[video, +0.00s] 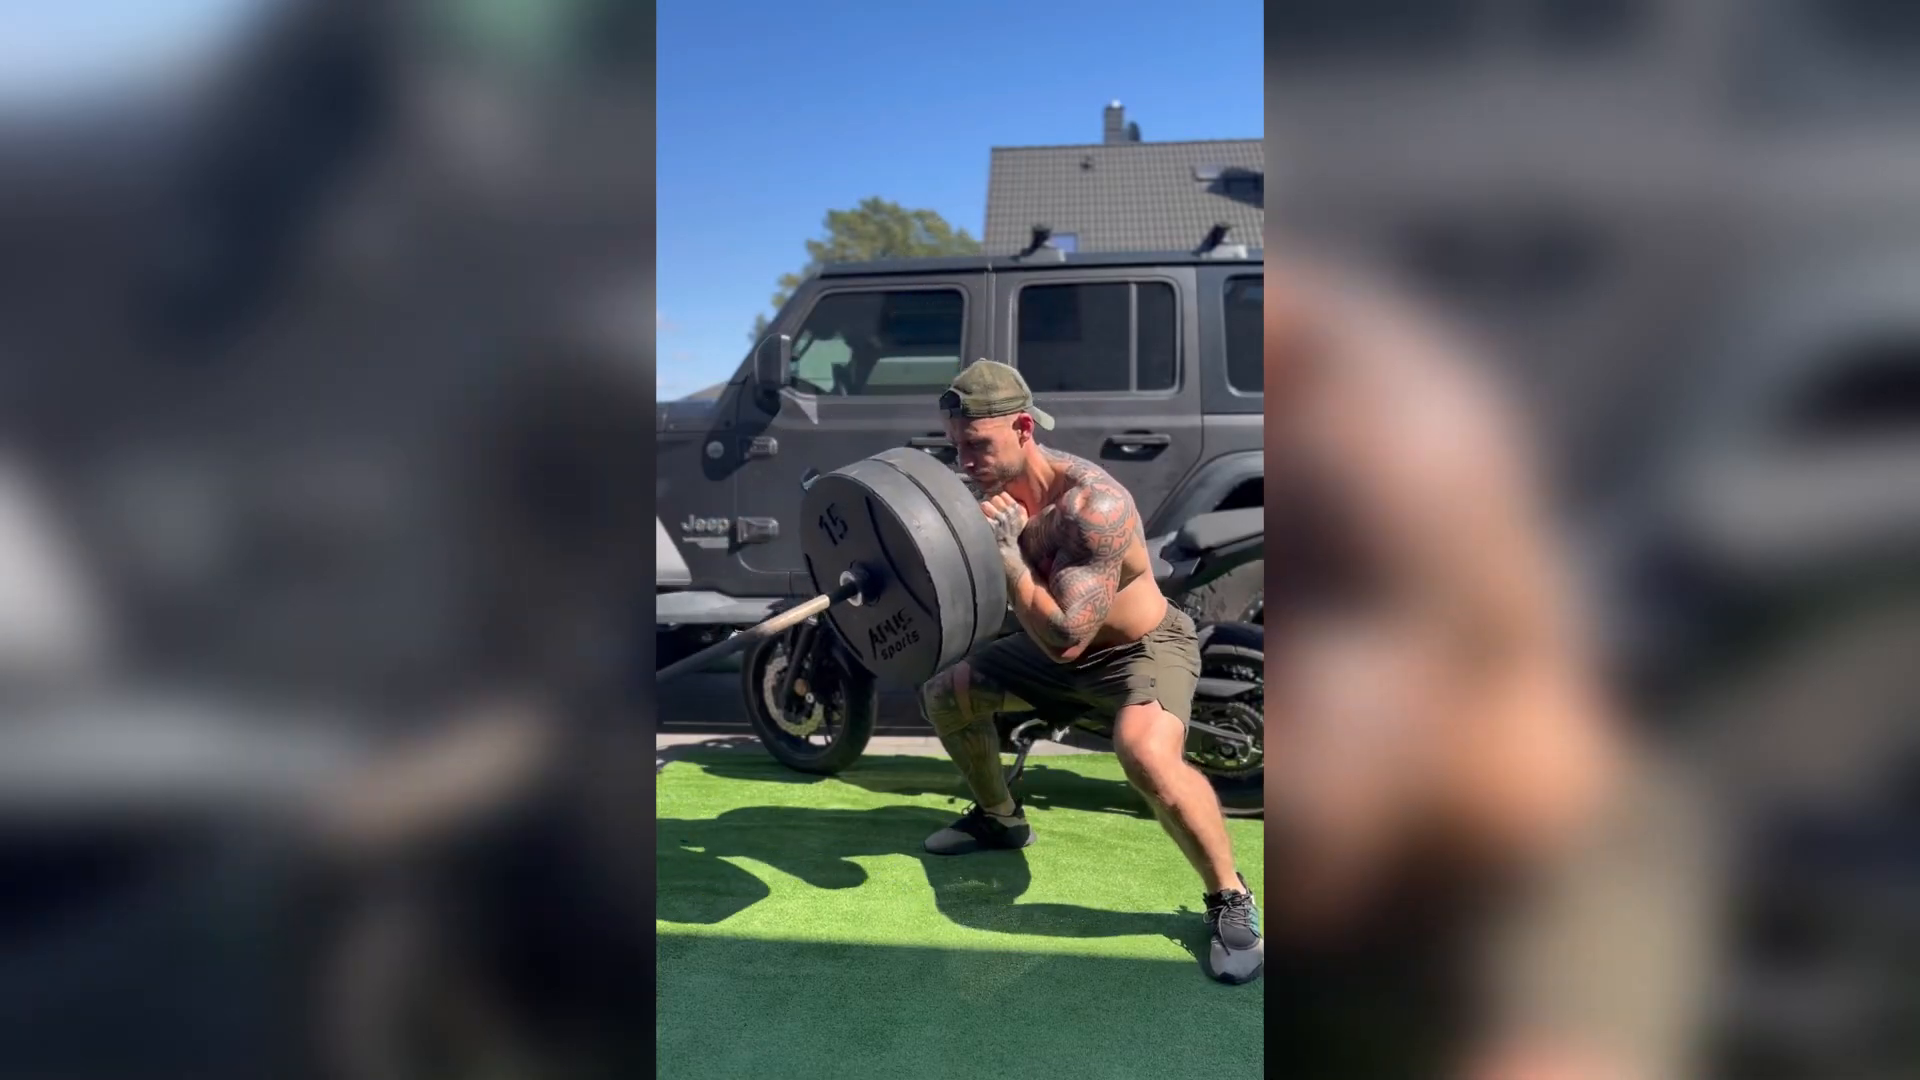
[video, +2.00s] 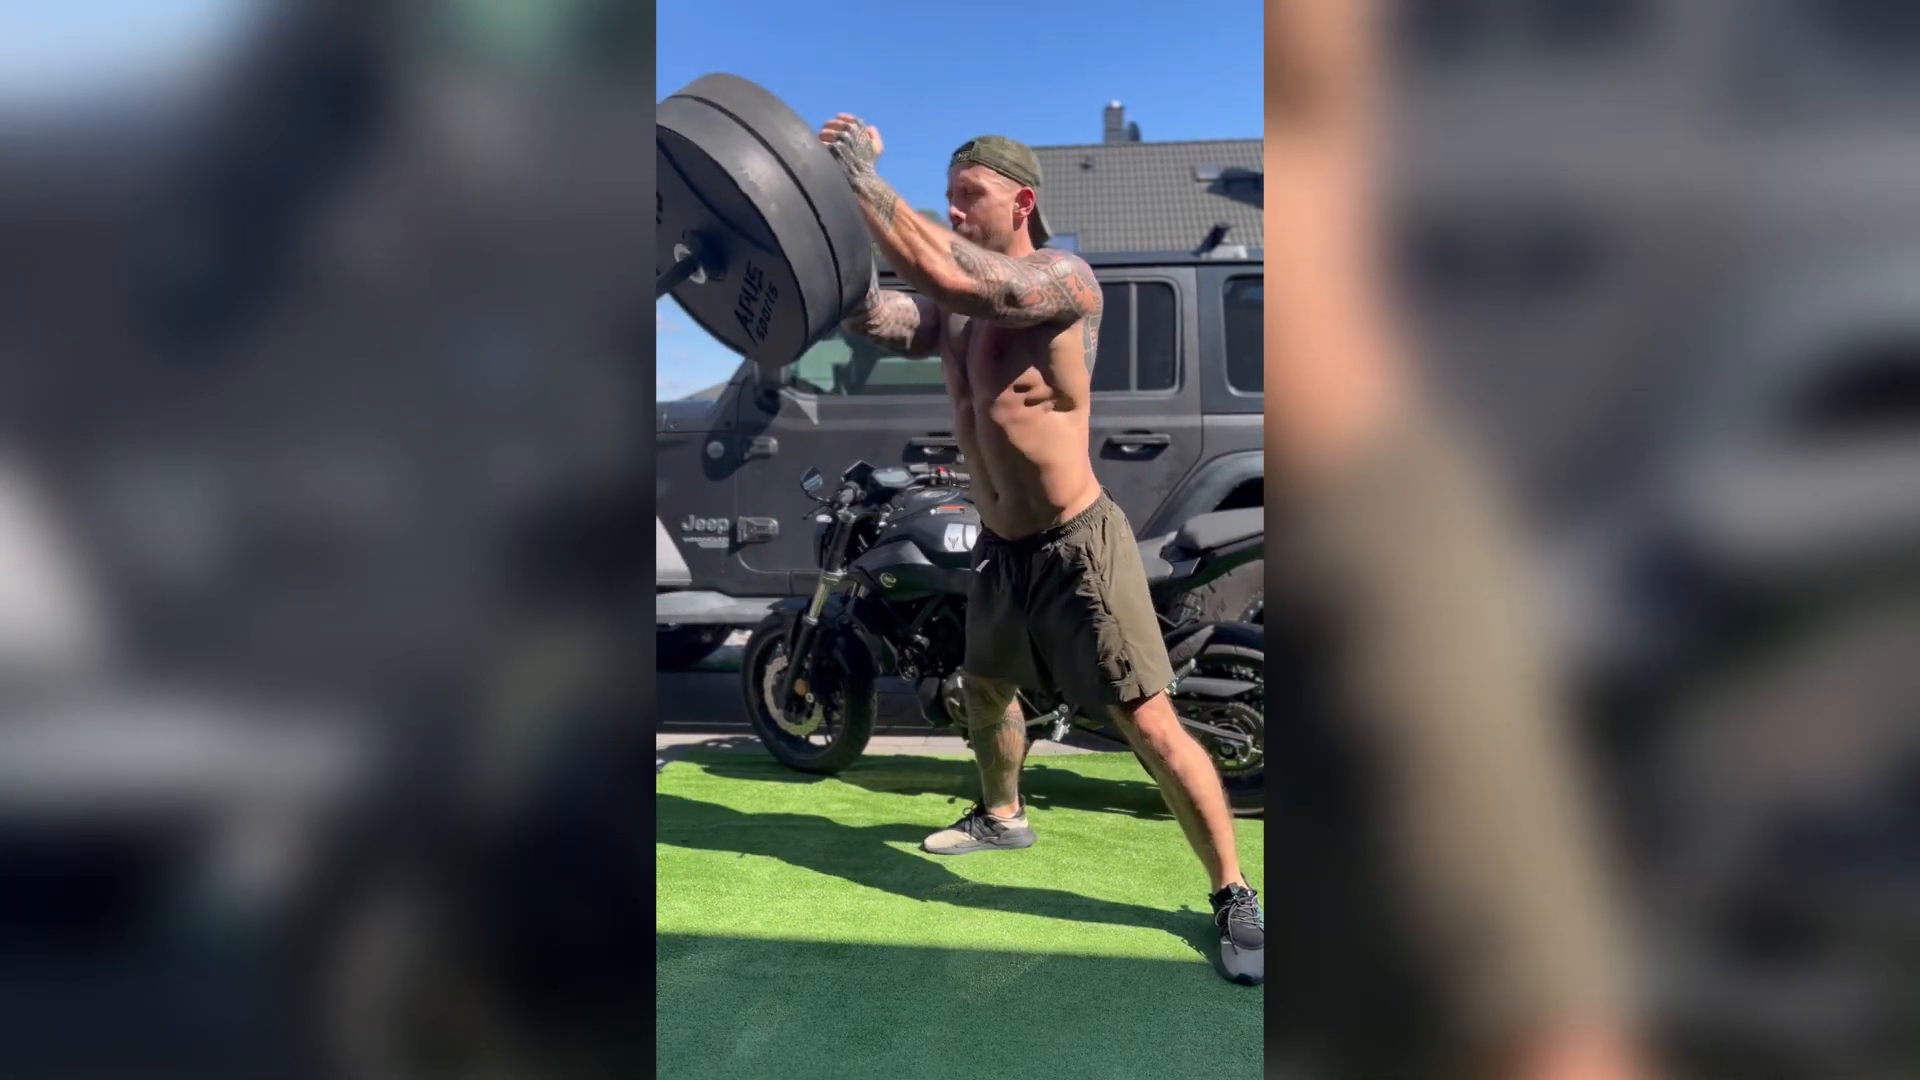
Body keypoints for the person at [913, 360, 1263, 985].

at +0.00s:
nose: (966, 462)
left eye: (978, 446)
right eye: (958, 448)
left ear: (1024, 429)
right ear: (951, 440)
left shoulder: (1095, 502)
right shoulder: (978, 498)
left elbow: (1068, 640)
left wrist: (1006, 555)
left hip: (1145, 645)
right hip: (1058, 645)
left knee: (1143, 749)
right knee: (948, 695)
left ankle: (1230, 897)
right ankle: (1000, 818)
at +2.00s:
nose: (952, 212)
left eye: (968, 198)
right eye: (948, 199)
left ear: (1022, 204)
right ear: (954, 205)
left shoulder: (1067, 277)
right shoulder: (949, 297)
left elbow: (958, 277)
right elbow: (873, 317)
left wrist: (861, 178)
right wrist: (813, 236)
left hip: (1079, 541)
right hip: (1000, 549)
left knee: (1149, 724)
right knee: (988, 693)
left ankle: (1234, 893)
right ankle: (1001, 818)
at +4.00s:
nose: (959, 201)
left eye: (975, 185)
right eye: (953, 187)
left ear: (1031, 195)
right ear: (958, 200)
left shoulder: (1074, 272)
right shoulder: (950, 292)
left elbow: (971, 257)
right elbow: (870, 281)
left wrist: (869, 151)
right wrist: (817, 192)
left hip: (1091, 539)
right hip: (1007, 547)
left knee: (1159, 720)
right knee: (993, 693)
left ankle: (1234, 894)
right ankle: (1000, 816)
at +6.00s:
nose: (964, 202)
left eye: (983, 188)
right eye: (960, 192)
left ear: (1036, 206)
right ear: (962, 208)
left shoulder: (1081, 284)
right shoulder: (952, 309)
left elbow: (980, 283)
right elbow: (865, 308)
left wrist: (881, 178)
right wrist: (801, 226)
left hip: (1093, 548)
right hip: (1007, 555)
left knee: (1158, 723)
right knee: (981, 696)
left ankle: (1236, 896)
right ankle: (1001, 817)